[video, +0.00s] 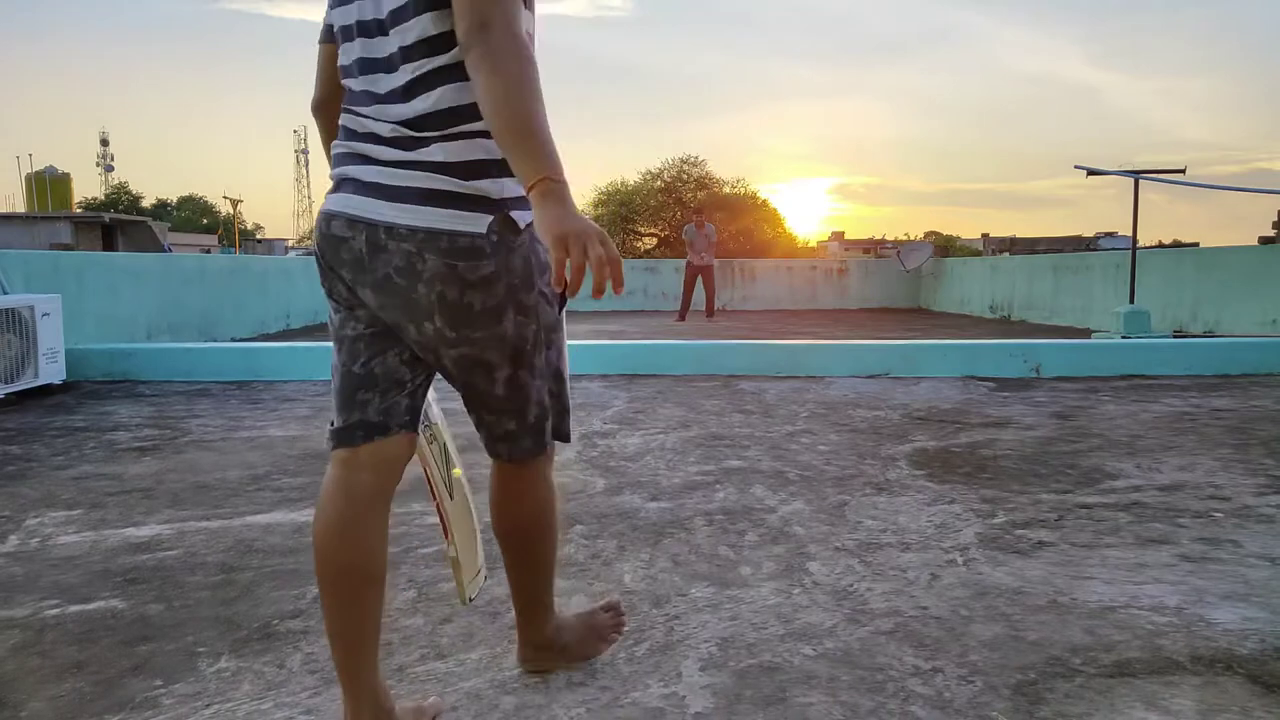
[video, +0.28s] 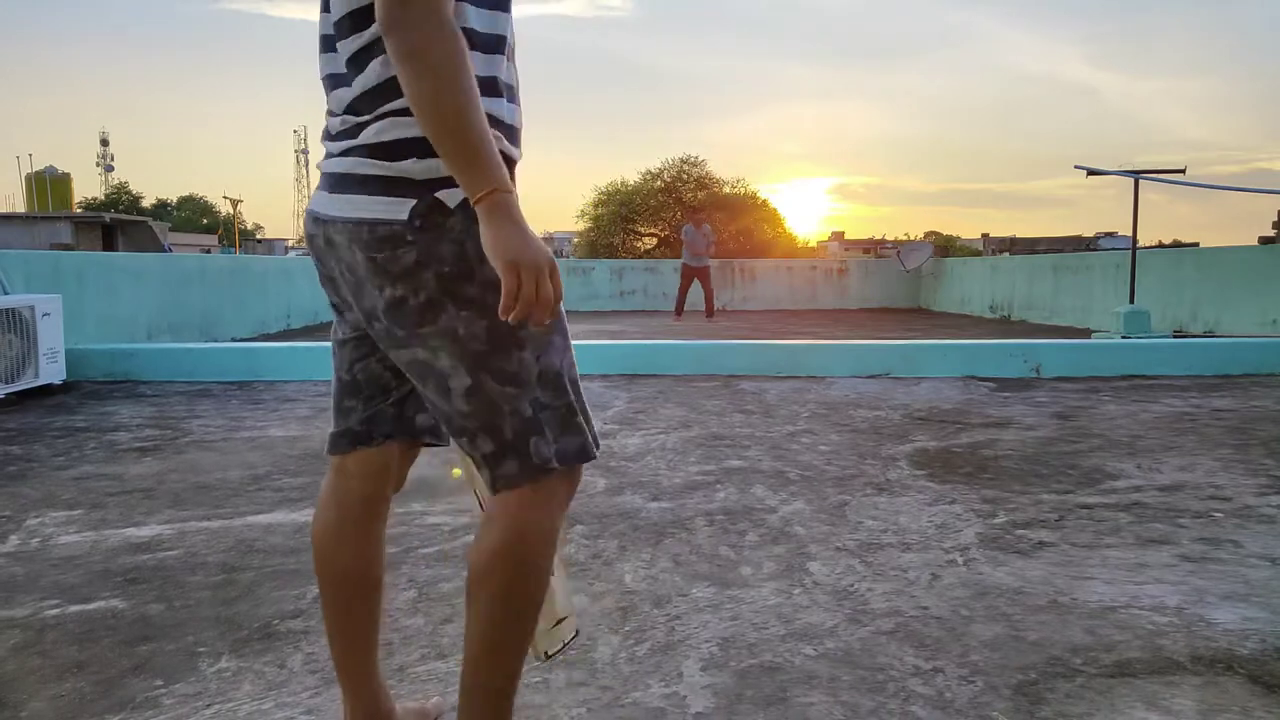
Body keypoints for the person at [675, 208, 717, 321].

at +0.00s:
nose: (699, 219)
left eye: (701, 217)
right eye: (696, 217)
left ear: (704, 217)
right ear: (693, 217)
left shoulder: (710, 229)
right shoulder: (688, 229)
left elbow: (712, 245)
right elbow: (687, 247)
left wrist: (707, 256)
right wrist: (695, 257)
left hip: (707, 264)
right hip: (692, 264)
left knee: (710, 291)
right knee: (687, 291)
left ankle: (710, 315)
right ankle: (681, 315)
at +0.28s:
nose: (700, 218)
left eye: (702, 215)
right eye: (696, 215)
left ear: (704, 216)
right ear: (691, 216)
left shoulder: (707, 229)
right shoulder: (687, 229)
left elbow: (711, 242)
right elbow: (685, 242)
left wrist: (709, 250)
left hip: (703, 263)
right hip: (688, 263)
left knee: (708, 290)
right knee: (683, 289)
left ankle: (710, 314)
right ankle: (678, 314)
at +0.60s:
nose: (688, 213)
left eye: (689, 210)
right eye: (685, 210)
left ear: (690, 211)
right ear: (680, 211)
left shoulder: (693, 224)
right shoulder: (675, 224)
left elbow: (700, 238)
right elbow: (672, 241)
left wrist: (694, 243)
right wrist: (687, 244)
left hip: (694, 260)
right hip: (680, 260)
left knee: (698, 287)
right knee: (679, 288)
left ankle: (698, 311)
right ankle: (678, 312)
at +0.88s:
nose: (682, 213)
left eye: (684, 210)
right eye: (680, 210)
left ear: (687, 211)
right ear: (675, 211)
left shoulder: (691, 223)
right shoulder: (671, 224)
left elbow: (701, 236)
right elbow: (662, 235)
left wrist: (691, 233)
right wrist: (674, 233)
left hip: (688, 258)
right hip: (675, 257)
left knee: (685, 285)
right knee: (678, 285)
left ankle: (682, 309)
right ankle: (677, 310)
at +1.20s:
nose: (681, 213)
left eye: (683, 211)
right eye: (679, 210)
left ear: (686, 212)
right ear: (675, 212)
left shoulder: (689, 224)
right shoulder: (670, 223)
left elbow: (701, 227)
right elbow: (653, 221)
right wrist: (668, 215)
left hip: (683, 258)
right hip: (670, 257)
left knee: (679, 287)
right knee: (669, 287)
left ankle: (678, 313)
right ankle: (669, 313)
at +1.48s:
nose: (674, 214)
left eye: (677, 211)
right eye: (673, 211)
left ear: (681, 212)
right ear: (669, 213)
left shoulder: (684, 223)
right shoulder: (666, 223)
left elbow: (684, 213)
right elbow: (653, 219)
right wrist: (667, 215)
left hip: (678, 259)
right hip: (665, 259)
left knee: (678, 288)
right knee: (664, 288)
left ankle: (678, 312)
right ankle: (665, 312)